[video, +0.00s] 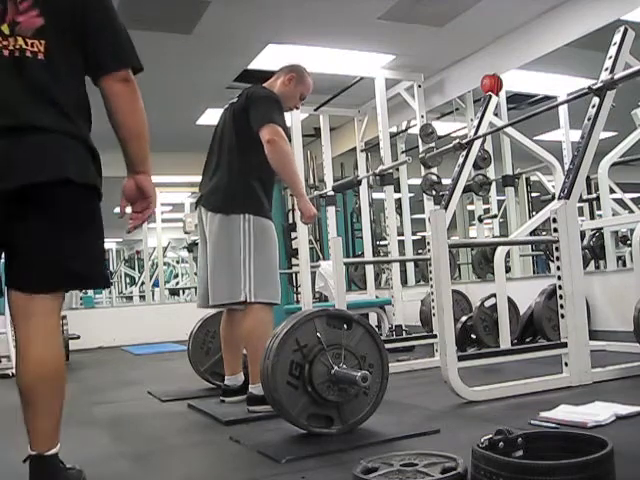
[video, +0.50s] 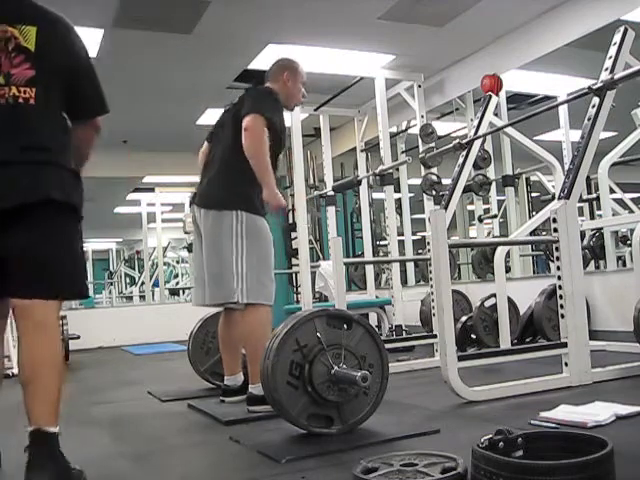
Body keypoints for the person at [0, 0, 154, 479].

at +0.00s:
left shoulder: (82, 8)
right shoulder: (76, 3)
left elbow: (115, 76)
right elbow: (117, 76)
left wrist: (137, 170)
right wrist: (139, 169)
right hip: (44, 160)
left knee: (37, 317)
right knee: (36, 316)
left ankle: (44, 459)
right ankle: (44, 461)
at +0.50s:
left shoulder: (48, 25)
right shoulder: (46, 24)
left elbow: (88, 116)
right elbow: (90, 116)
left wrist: (66, 172)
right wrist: (67, 170)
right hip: (34, 183)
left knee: (36, 312)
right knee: (37, 313)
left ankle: (43, 447)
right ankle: (43, 447)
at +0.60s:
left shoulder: (40, 29)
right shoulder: (37, 29)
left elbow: (77, 115)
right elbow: (78, 115)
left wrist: (45, 166)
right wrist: (46, 164)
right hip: (29, 191)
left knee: (45, 308)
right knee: (44, 308)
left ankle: (47, 415)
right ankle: (48, 413)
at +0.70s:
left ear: (8, 5)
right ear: (13, 1)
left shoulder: (36, 35)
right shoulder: (33, 34)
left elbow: (66, 115)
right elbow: (67, 116)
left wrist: (30, 157)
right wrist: (32, 156)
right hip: (25, 186)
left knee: (52, 292)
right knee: (51, 293)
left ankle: (44, 387)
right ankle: (44, 387)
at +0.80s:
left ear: (6, 8)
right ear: (12, 4)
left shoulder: (33, 39)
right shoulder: (30, 38)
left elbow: (60, 115)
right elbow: (62, 115)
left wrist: (27, 152)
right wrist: (27, 151)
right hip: (23, 186)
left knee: (51, 294)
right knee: (49, 294)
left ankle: (41, 399)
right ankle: (41, 398)